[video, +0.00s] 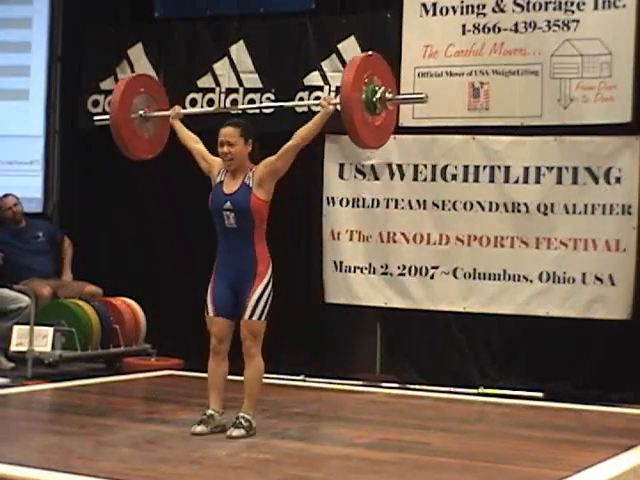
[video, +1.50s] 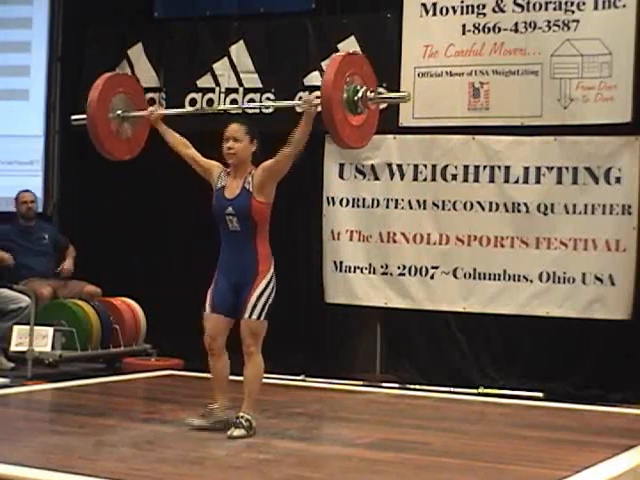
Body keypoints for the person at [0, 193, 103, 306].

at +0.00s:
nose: (14, 210)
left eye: (16, 205)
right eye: (8, 209)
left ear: (21, 206)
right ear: (2, 215)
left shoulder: (41, 225)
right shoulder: (4, 234)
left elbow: (66, 242)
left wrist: (67, 273)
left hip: (54, 279)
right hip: (25, 281)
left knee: (95, 292)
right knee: (45, 293)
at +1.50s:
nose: (29, 206)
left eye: (32, 202)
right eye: (24, 203)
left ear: (36, 205)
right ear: (16, 207)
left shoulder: (47, 229)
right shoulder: (7, 231)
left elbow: (69, 247)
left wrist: (69, 262)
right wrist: (3, 255)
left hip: (53, 278)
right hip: (25, 279)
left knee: (94, 292)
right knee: (45, 293)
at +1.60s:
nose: (34, 206)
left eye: (37, 203)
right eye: (29, 203)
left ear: (41, 205)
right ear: (21, 205)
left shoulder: (49, 230)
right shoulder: (10, 229)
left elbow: (67, 252)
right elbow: (1, 246)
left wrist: (69, 259)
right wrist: (14, 252)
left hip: (52, 279)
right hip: (25, 279)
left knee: (93, 292)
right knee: (45, 293)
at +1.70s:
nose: (39, 206)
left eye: (42, 203)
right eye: (34, 203)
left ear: (47, 206)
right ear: (26, 205)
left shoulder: (52, 232)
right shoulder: (14, 230)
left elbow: (63, 267)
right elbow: (3, 252)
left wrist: (71, 263)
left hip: (52, 279)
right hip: (25, 279)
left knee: (93, 292)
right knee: (45, 293)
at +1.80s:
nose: (45, 206)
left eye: (48, 203)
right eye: (40, 202)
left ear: (52, 207)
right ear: (32, 205)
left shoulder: (53, 231)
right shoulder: (20, 231)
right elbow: (17, 265)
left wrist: (68, 265)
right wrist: (53, 265)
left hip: (56, 279)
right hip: (30, 280)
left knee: (92, 291)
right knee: (45, 292)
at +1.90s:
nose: (51, 206)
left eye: (54, 203)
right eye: (46, 202)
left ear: (58, 206)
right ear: (37, 205)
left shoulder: (59, 233)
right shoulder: (25, 232)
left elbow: (68, 264)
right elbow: (23, 269)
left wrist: (72, 270)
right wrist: (61, 274)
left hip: (56, 279)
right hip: (30, 279)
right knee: (47, 292)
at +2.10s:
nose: (66, 211)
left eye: (69, 208)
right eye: (61, 207)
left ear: (72, 212)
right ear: (52, 209)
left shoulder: (70, 237)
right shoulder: (36, 233)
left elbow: (77, 266)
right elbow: (32, 271)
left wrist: (77, 273)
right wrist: (66, 278)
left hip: (61, 279)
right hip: (37, 279)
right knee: (48, 291)